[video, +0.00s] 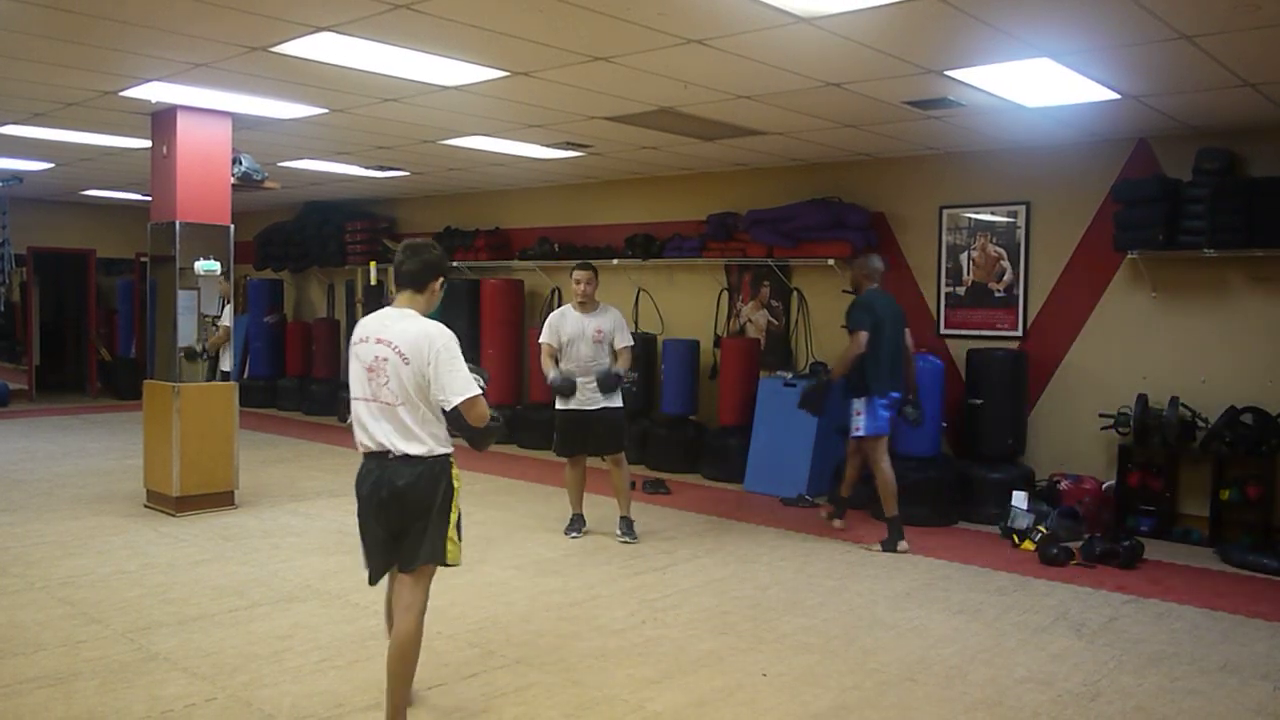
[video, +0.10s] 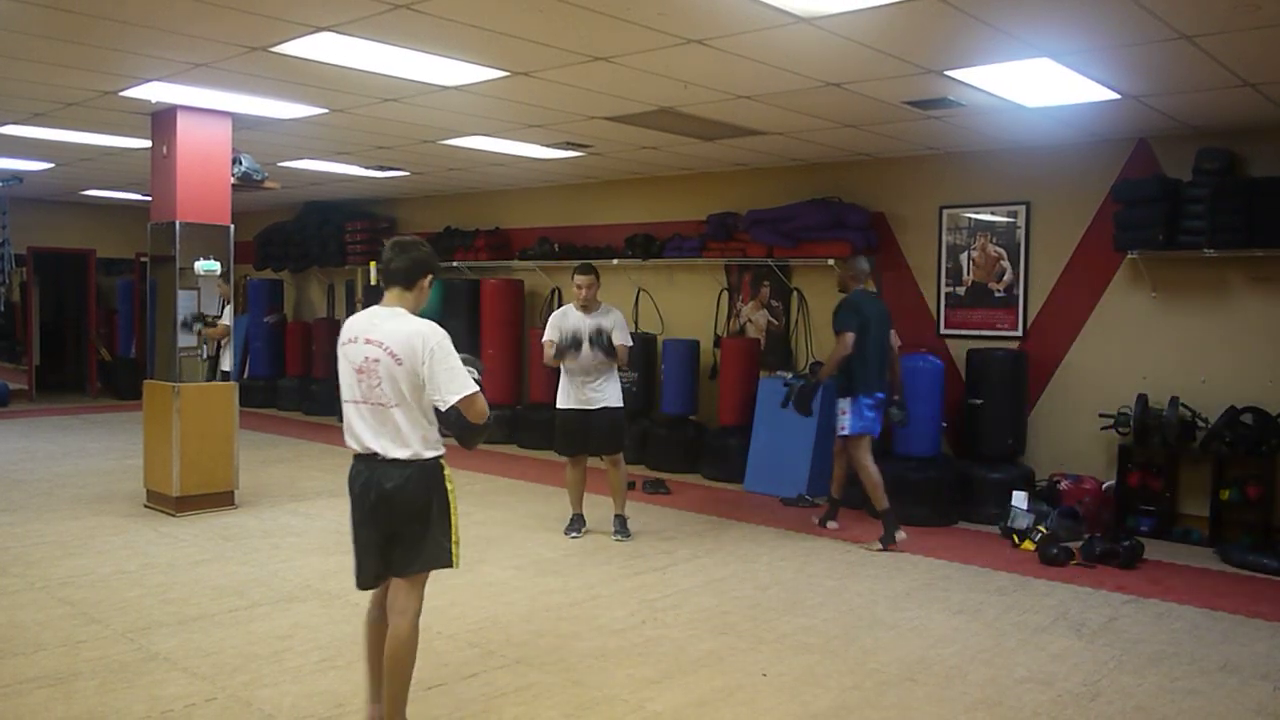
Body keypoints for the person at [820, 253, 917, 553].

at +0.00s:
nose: (850, 278)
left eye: (852, 274)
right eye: (852, 273)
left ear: (861, 275)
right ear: (878, 276)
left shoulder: (861, 305)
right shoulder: (892, 305)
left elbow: (859, 343)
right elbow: (909, 347)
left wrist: (833, 374)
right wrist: (910, 388)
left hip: (870, 392)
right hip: (890, 390)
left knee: (879, 458)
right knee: (856, 449)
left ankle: (896, 535)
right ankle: (838, 506)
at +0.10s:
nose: (837, 278)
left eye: (839, 273)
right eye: (838, 272)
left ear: (847, 277)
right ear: (866, 277)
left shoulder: (847, 306)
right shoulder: (878, 304)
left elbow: (845, 346)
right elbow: (894, 344)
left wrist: (820, 377)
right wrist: (895, 386)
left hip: (855, 392)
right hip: (874, 390)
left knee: (862, 457)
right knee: (842, 450)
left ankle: (891, 528)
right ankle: (830, 514)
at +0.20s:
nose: (826, 277)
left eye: (828, 272)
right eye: (828, 271)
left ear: (836, 275)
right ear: (855, 276)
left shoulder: (834, 304)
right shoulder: (869, 305)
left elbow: (836, 343)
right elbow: (878, 345)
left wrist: (815, 375)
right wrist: (876, 383)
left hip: (837, 387)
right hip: (861, 386)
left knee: (829, 450)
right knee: (836, 450)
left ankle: (871, 508)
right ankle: (829, 513)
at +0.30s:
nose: (814, 274)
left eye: (817, 269)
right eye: (816, 269)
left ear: (824, 272)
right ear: (840, 273)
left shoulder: (825, 301)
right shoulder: (853, 300)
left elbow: (828, 343)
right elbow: (864, 345)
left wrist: (810, 380)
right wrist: (852, 371)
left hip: (831, 383)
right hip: (851, 383)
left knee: (801, 441)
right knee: (830, 441)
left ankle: (840, 494)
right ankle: (830, 511)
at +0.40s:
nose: (801, 272)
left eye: (804, 267)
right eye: (802, 267)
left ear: (813, 271)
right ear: (826, 272)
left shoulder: (814, 300)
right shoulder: (842, 300)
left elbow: (819, 342)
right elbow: (853, 343)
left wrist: (806, 382)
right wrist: (839, 370)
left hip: (818, 382)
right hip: (841, 382)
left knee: (783, 435)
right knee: (827, 441)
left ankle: (805, 490)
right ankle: (829, 507)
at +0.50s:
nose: (787, 275)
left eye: (789, 270)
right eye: (789, 270)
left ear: (797, 273)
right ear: (813, 272)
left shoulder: (800, 301)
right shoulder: (829, 300)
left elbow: (809, 342)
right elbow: (840, 344)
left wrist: (799, 384)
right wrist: (825, 369)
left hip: (803, 381)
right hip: (829, 381)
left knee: (772, 436)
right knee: (823, 443)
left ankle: (771, 502)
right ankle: (829, 512)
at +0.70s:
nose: (758, 278)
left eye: (760, 274)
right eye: (760, 273)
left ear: (767, 275)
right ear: (784, 274)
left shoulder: (770, 303)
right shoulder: (798, 298)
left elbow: (775, 342)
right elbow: (812, 339)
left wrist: (768, 386)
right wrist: (800, 365)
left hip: (771, 383)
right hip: (799, 381)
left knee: (752, 439)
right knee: (795, 440)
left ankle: (751, 502)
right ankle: (819, 498)